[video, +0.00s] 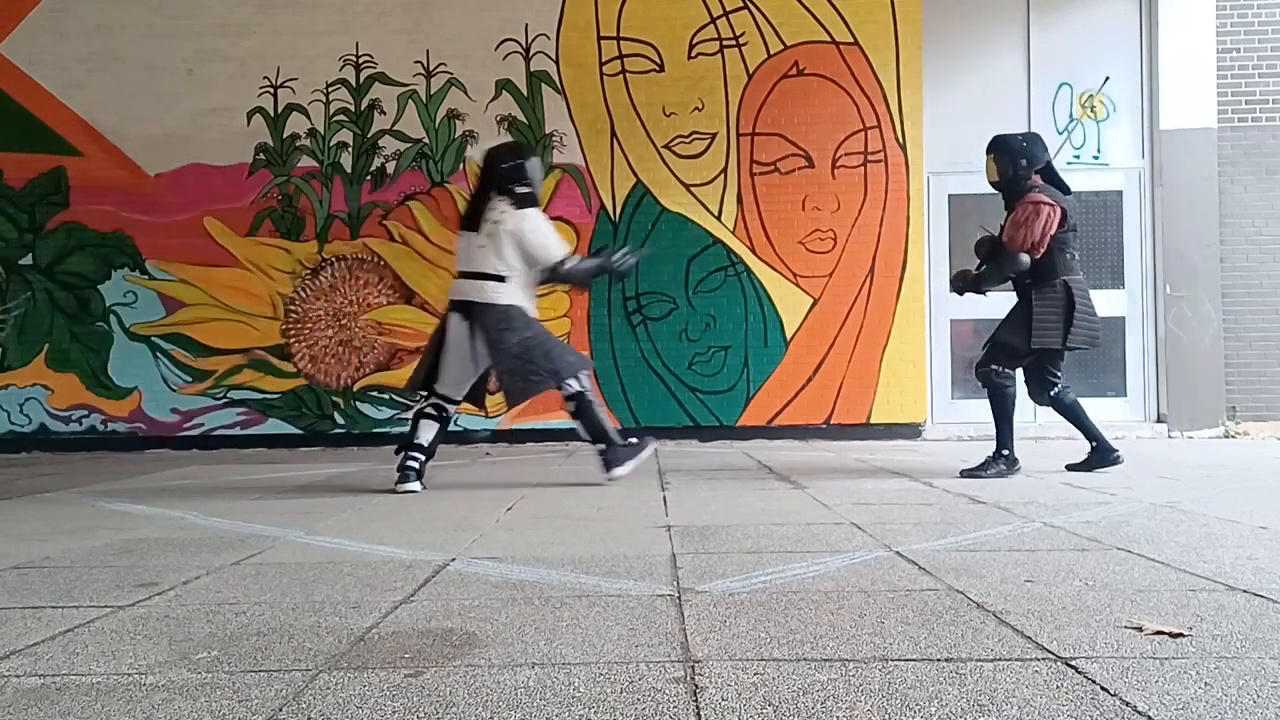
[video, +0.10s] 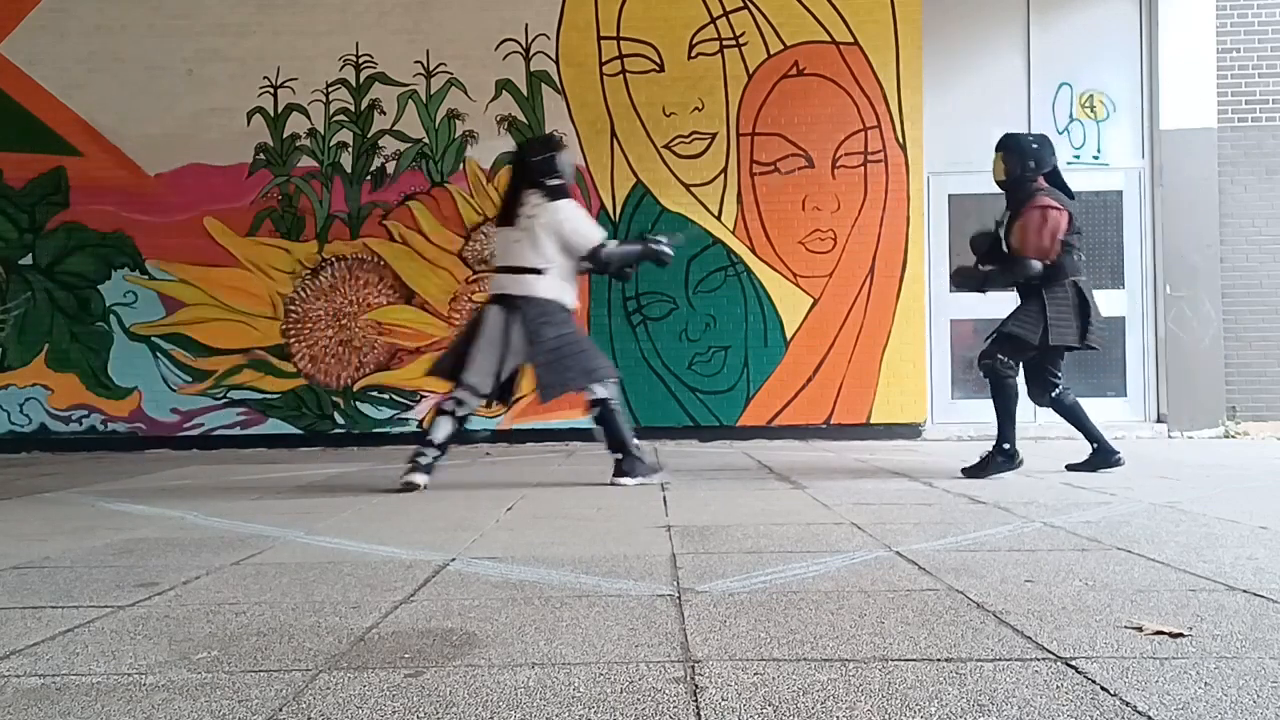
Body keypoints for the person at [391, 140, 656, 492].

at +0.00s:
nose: (536, 179)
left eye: (534, 172)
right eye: (531, 172)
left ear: (491, 177)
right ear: (519, 177)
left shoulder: (475, 211)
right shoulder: (524, 215)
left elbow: (515, 269)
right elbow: (563, 268)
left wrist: (582, 270)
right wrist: (603, 265)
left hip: (462, 308)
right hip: (503, 312)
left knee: (445, 392)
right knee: (569, 368)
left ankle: (410, 469)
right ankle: (613, 450)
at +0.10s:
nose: (570, 168)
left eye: (567, 161)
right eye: (563, 162)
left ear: (525, 170)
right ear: (551, 169)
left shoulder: (512, 206)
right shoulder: (558, 208)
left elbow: (548, 253)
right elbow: (604, 254)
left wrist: (599, 263)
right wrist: (646, 248)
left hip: (501, 307)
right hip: (544, 310)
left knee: (469, 389)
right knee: (600, 377)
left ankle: (421, 462)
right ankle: (630, 459)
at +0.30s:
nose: (632, 177)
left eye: (630, 170)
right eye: (627, 170)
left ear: (584, 169)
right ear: (615, 170)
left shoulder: (563, 207)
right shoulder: (621, 207)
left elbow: (563, 261)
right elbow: (639, 268)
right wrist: (663, 299)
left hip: (566, 295)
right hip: (610, 295)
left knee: (568, 384)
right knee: (676, 356)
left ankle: (543, 463)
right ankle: (655, 439)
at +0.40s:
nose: (655, 186)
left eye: (652, 179)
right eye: (650, 180)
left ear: (610, 184)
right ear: (639, 183)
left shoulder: (590, 226)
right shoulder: (650, 219)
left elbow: (599, 277)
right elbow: (677, 276)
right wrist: (708, 283)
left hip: (600, 326)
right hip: (646, 325)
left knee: (576, 393)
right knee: (717, 357)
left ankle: (542, 465)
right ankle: (743, 437)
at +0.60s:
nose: (732, 192)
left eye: (731, 188)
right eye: (728, 188)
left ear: (692, 195)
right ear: (717, 195)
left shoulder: (685, 223)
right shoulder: (728, 226)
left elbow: (728, 205)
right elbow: (781, 234)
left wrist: (763, 192)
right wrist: (810, 208)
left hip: (687, 331)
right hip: (723, 331)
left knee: (658, 406)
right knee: (799, 372)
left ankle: (588, 443)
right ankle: (805, 458)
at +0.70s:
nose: (760, 181)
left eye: (759, 176)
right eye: (756, 178)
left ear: (719, 187)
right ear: (745, 188)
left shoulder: (708, 220)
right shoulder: (757, 222)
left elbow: (747, 182)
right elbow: (807, 215)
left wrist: (787, 162)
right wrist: (828, 178)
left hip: (716, 325)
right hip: (754, 327)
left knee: (714, 401)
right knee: (824, 377)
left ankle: (654, 442)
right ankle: (806, 459)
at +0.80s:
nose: (786, 176)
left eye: (784, 172)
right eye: (781, 171)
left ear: (739, 178)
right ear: (773, 178)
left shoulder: (727, 204)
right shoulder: (783, 212)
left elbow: (758, 167)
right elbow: (828, 194)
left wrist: (798, 137)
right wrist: (842, 148)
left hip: (734, 309)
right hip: (770, 311)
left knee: (757, 387)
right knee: (831, 380)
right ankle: (807, 459)